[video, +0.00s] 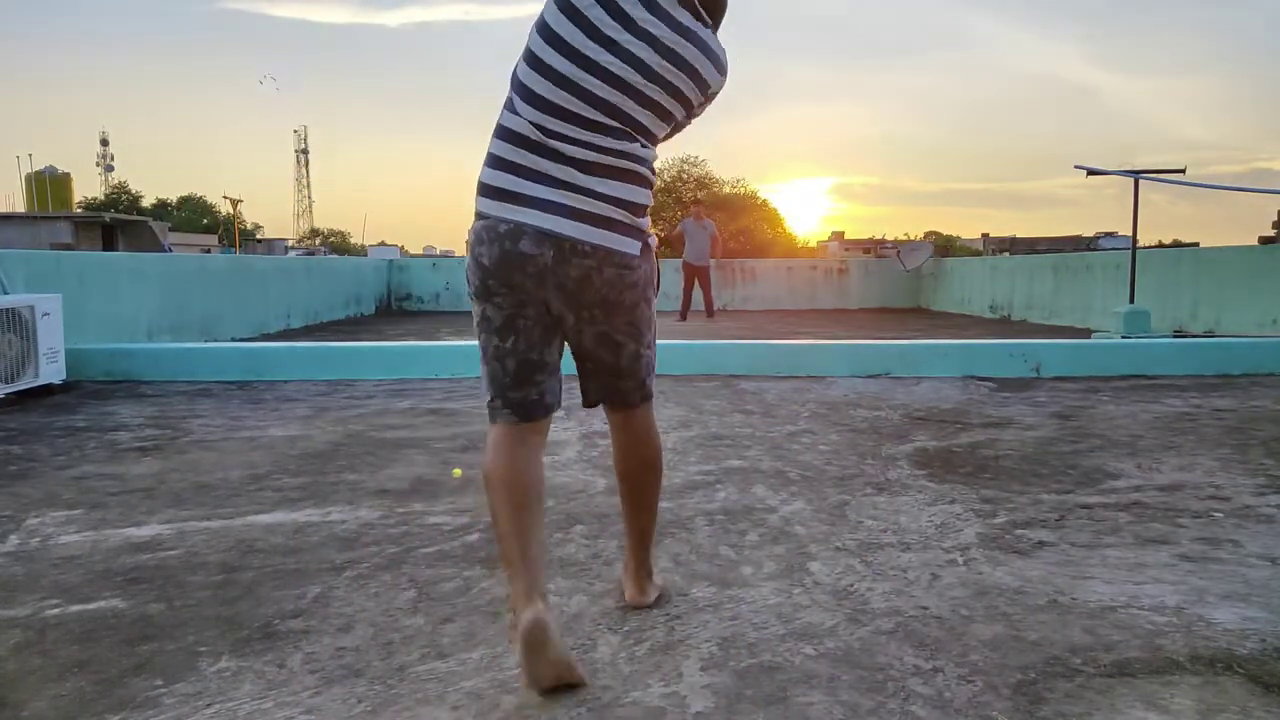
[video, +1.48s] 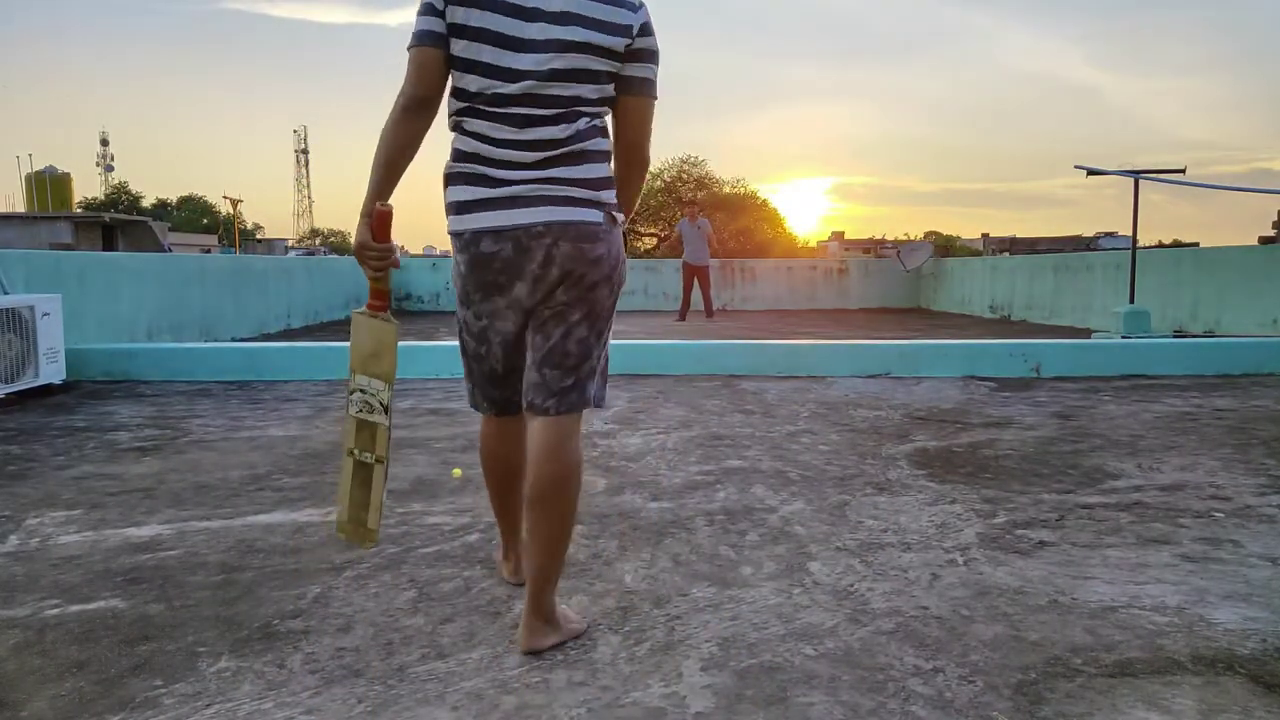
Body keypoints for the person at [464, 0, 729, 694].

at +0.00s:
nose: (719, 18)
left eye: (721, 13)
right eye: (722, 14)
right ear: (713, 5)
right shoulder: (710, 63)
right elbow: (646, 130)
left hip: (505, 229)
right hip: (605, 245)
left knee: (516, 417)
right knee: (629, 406)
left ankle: (527, 603)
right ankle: (638, 574)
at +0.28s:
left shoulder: (582, 0)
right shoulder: (717, 42)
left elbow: (496, 1)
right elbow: (683, 169)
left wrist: (521, 62)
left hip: (524, 212)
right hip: (617, 229)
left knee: (524, 379)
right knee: (632, 400)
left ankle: (517, 556)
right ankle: (632, 574)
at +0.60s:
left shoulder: (514, 5)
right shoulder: (658, 25)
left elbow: (459, 94)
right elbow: (694, 149)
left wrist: (420, 187)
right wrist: (713, 111)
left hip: (513, 225)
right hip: (602, 234)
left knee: (521, 388)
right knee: (628, 392)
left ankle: (518, 547)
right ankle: (633, 555)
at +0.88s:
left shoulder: (471, 5)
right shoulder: (617, 8)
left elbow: (444, 106)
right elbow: (699, 27)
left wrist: (399, 201)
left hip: (498, 224)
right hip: (586, 228)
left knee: (511, 390)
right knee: (604, 388)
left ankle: (518, 548)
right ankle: (614, 551)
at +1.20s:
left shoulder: (456, 7)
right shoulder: (608, 19)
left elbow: (429, 109)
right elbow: (632, 143)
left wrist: (383, 212)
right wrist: (592, 200)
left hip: (498, 227)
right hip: (591, 228)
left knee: (509, 394)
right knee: (589, 390)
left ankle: (519, 545)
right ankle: (554, 552)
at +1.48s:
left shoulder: (452, 4)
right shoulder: (624, 11)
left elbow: (418, 100)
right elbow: (632, 147)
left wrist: (376, 199)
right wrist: (611, 221)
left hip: (483, 221)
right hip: (582, 221)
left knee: (499, 402)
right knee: (557, 412)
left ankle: (513, 552)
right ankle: (540, 615)